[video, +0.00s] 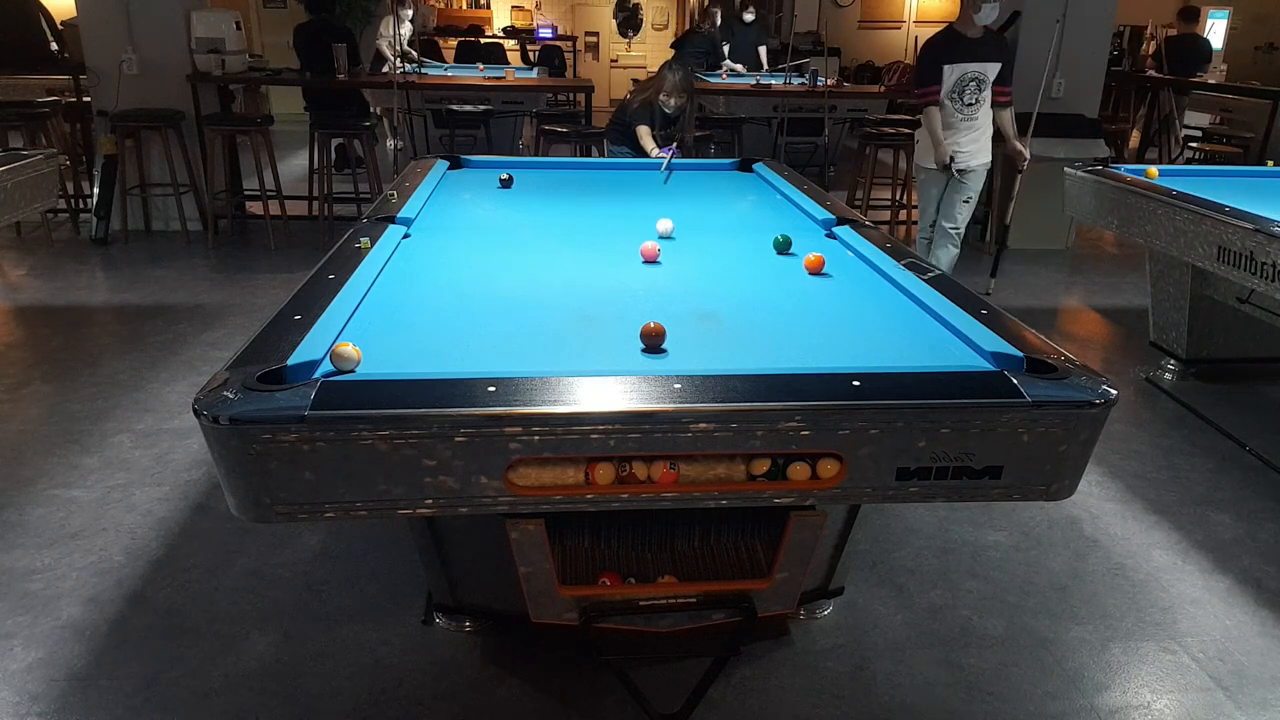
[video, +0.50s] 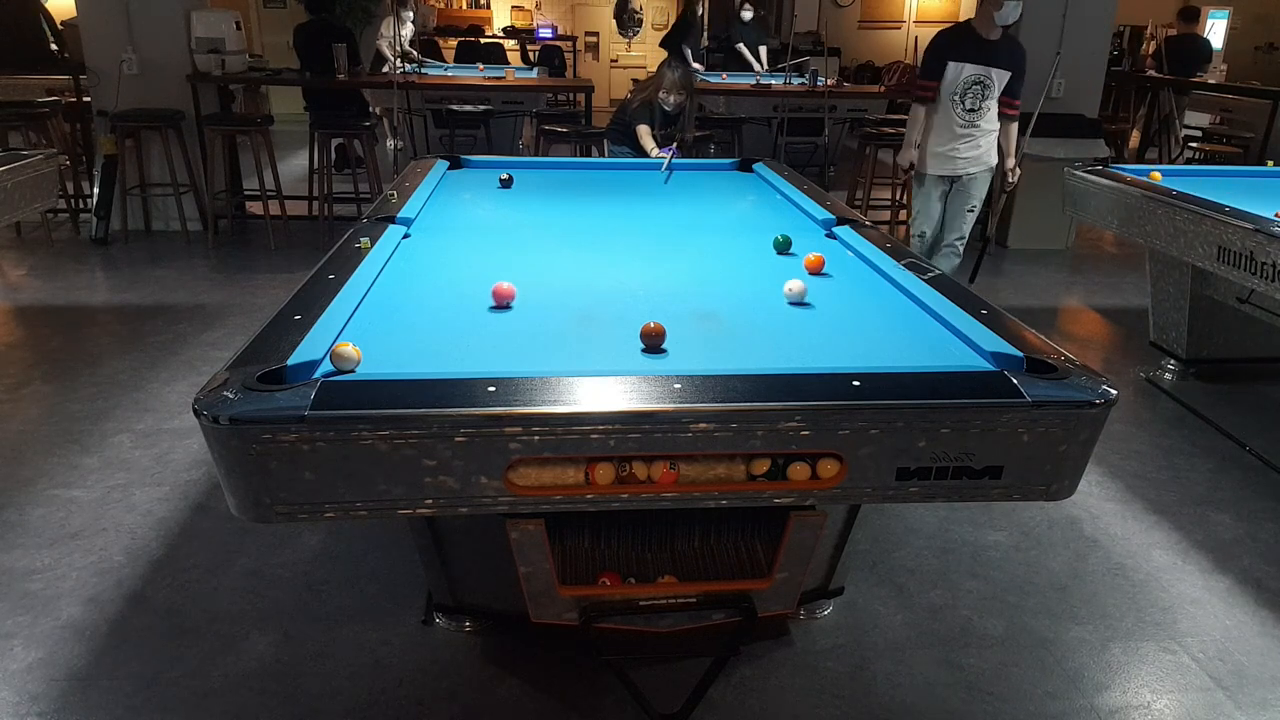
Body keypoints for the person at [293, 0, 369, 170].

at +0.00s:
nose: (302, 7)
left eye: (303, 5)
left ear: (307, 8)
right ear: (332, 7)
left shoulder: (300, 30)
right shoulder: (343, 30)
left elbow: (305, 64)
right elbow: (356, 68)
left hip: (315, 102)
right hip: (346, 103)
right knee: (363, 107)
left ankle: (351, 152)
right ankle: (344, 149)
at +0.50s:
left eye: (304, 5)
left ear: (307, 8)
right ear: (333, 8)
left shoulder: (300, 31)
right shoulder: (343, 30)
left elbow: (305, 65)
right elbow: (357, 68)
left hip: (315, 102)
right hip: (346, 103)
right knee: (362, 106)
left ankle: (351, 152)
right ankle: (344, 149)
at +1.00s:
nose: (302, 7)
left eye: (304, 5)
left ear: (307, 7)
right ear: (333, 7)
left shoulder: (300, 31)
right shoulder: (343, 31)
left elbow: (306, 64)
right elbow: (358, 72)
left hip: (315, 102)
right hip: (347, 103)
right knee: (362, 107)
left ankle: (352, 152)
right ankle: (345, 148)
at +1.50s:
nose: (302, 7)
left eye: (304, 5)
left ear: (307, 8)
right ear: (333, 7)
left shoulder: (300, 31)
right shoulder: (343, 32)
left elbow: (305, 63)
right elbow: (356, 68)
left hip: (315, 103)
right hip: (346, 103)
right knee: (363, 106)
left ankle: (351, 151)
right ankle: (345, 149)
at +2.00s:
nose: (340, 9)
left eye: (340, 5)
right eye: (338, 5)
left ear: (308, 7)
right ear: (333, 7)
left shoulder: (299, 31)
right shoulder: (344, 34)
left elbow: (306, 63)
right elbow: (356, 72)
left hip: (314, 102)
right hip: (345, 103)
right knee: (362, 105)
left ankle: (349, 150)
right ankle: (344, 148)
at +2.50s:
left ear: (307, 9)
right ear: (332, 8)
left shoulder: (299, 32)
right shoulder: (343, 31)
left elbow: (305, 66)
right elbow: (356, 71)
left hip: (314, 101)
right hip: (345, 102)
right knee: (361, 106)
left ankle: (350, 151)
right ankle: (345, 149)